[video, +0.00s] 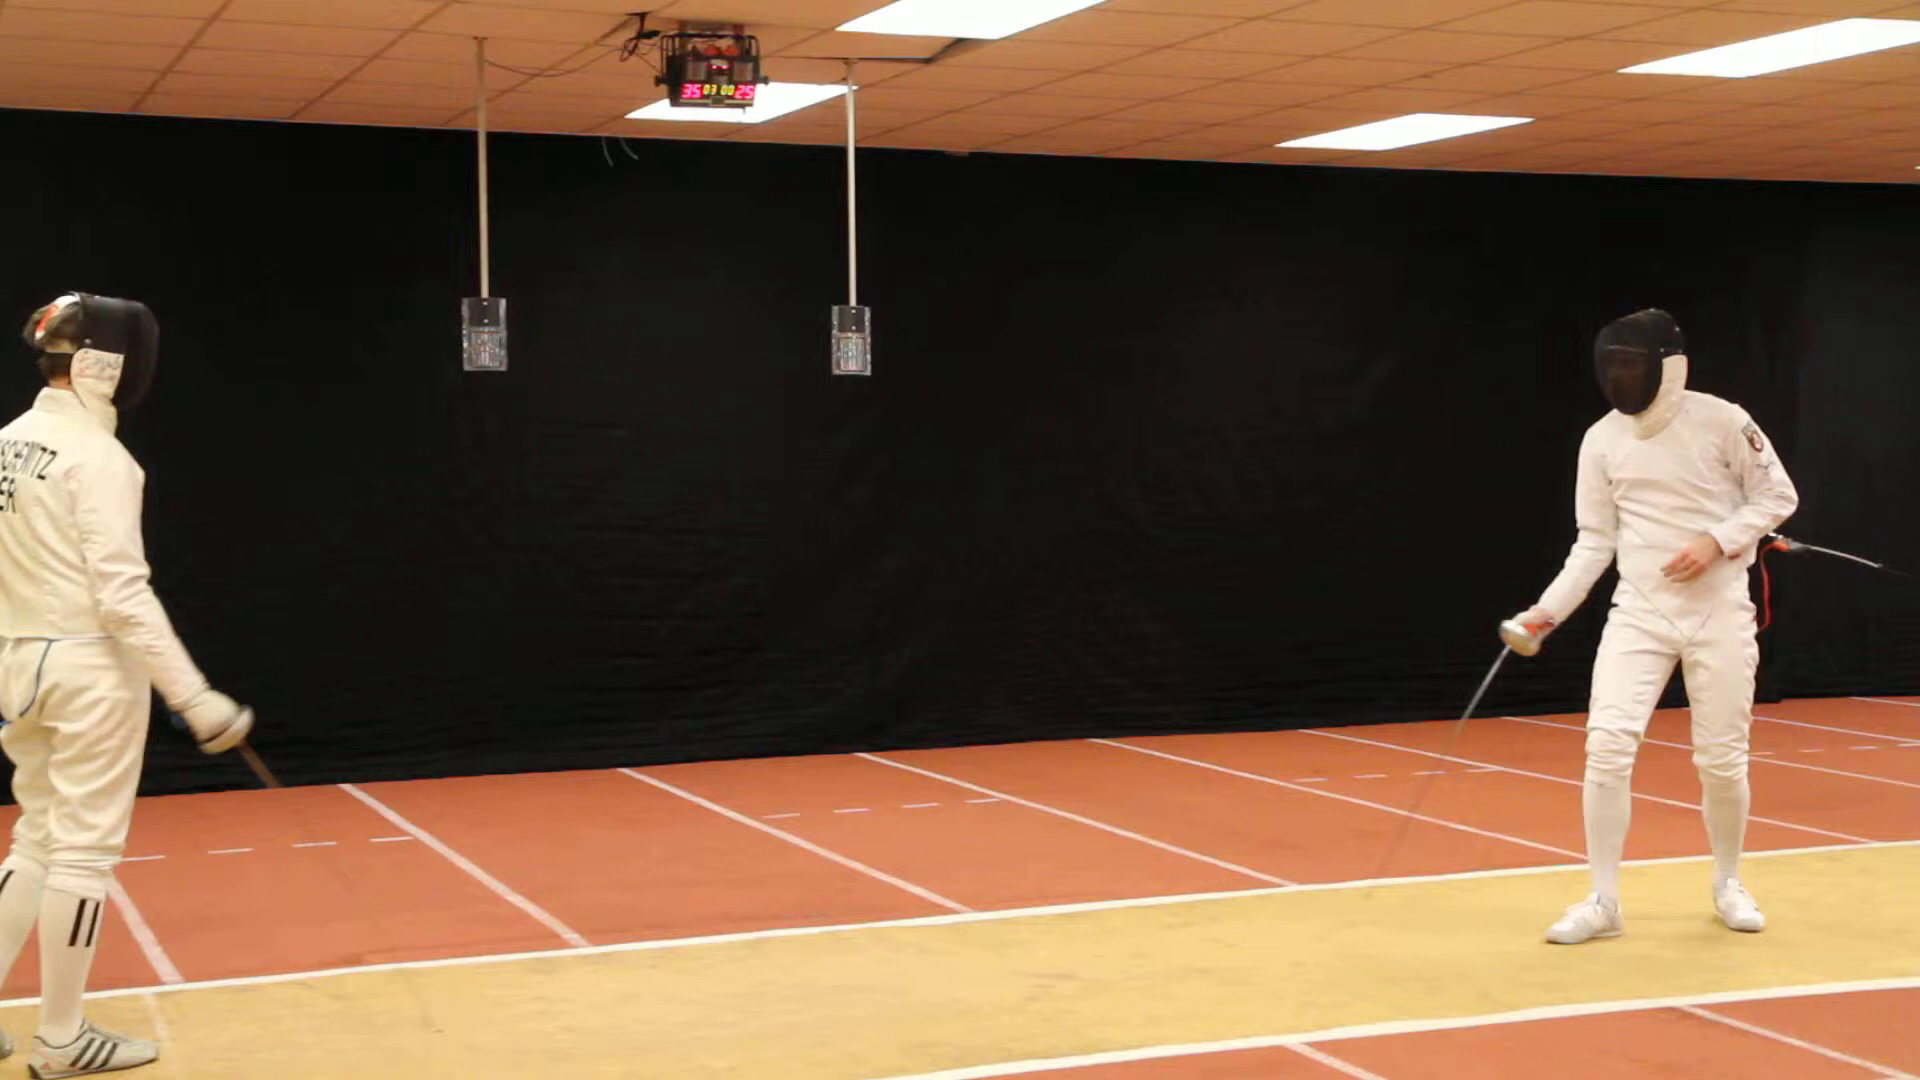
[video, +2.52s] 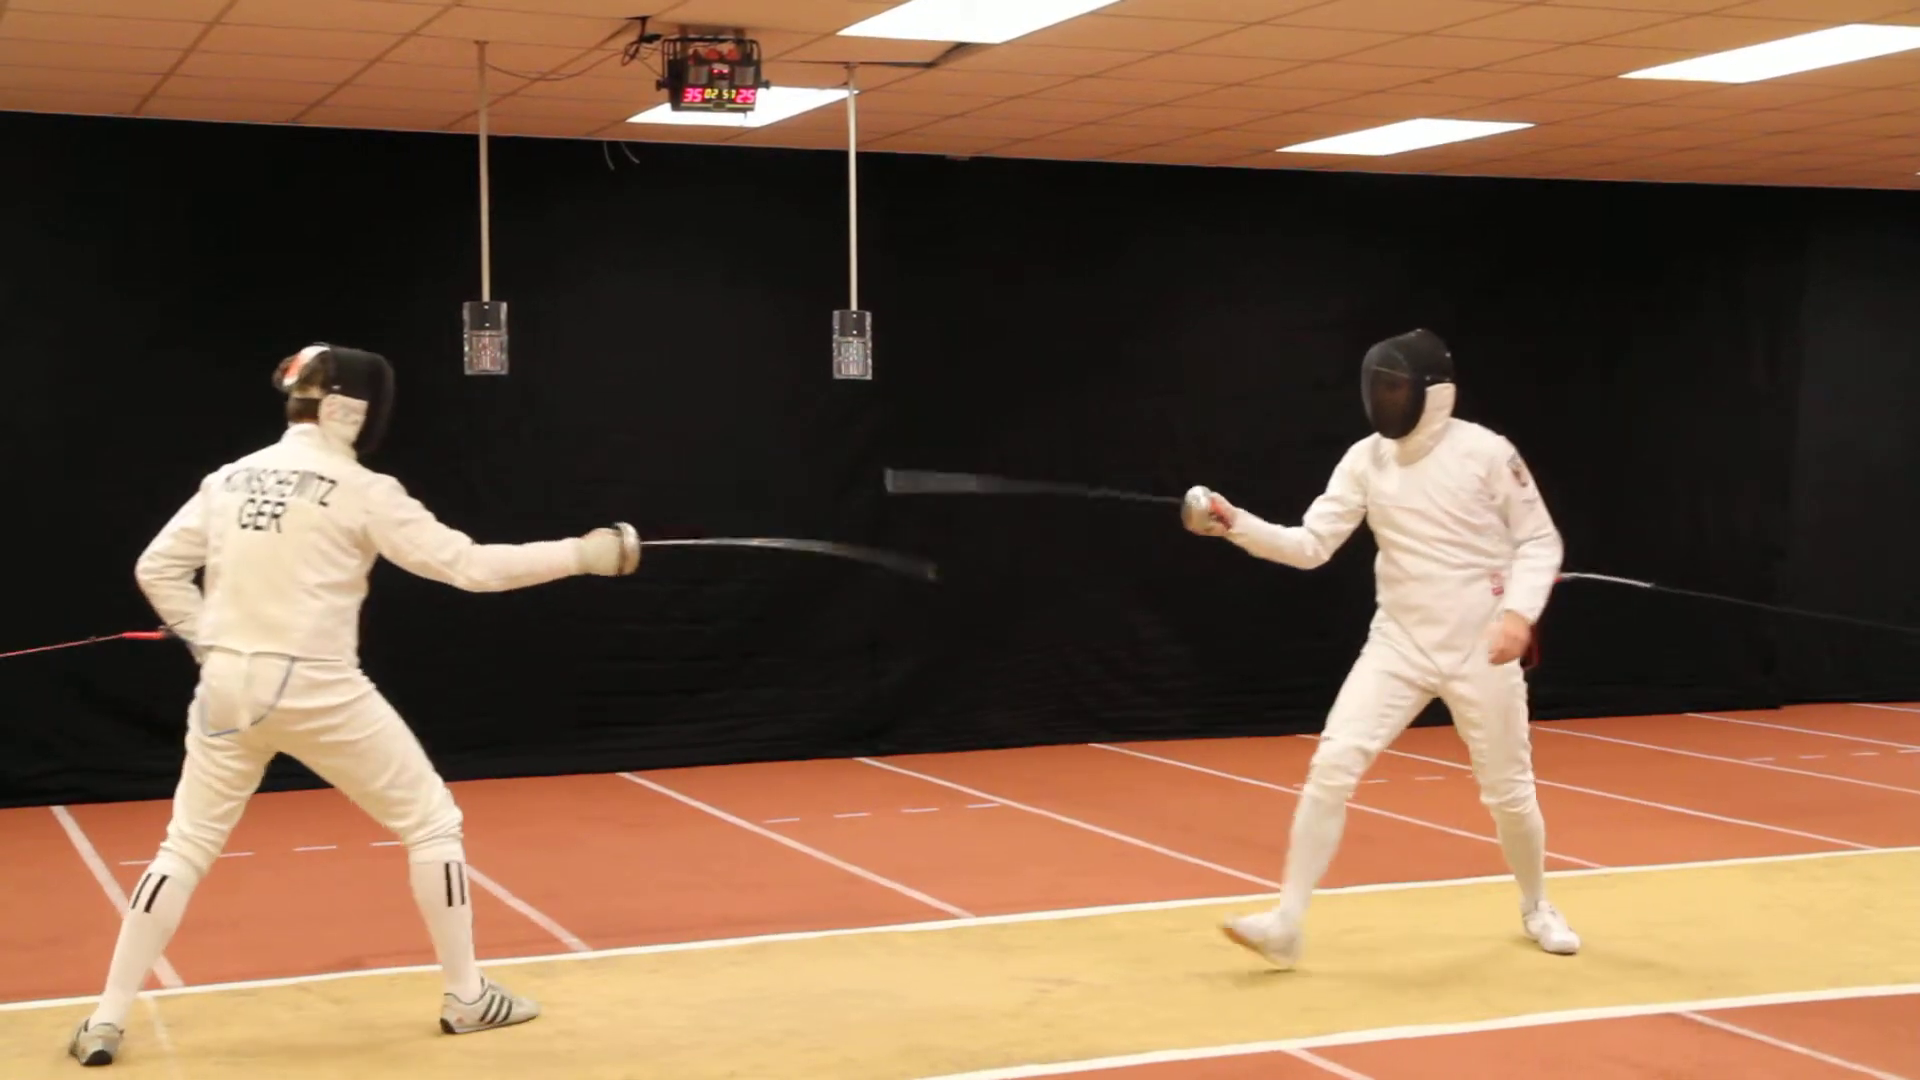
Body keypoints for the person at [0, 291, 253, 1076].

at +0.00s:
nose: (131, 377)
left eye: (129, 362)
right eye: (124, 363)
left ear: (57, 361)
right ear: (99, 366)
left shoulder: (12, 440)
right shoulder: (100, 459)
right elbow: (124, 597)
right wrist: (196, 697)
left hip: (15, 663)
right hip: (88, 667)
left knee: (37, 839)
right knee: (84, 851)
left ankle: (6, 1006)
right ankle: (61, 1036)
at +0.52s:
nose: (162, 392)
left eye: (163, 378)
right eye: (160, 378)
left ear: (83, 371)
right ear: (138, 376)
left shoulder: (21, 469)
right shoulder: (151, 456)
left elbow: (11, 598)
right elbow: (288, 474)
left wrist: (62, 660)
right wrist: (412, 444)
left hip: (52, 678)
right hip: (136, 675)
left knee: (92, 845)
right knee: (156, 847)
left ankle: (68, 1027)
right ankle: (73, 1027)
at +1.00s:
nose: (282, 416)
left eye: (278, 403)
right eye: (278, 405)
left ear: (209, 401)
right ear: (259, 407)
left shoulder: (142, 486)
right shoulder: (275, 484)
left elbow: (95, 592)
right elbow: (401, 513)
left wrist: (156, 661)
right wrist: (515, 470)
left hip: (163, 697)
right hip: (256, 692)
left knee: (154, 856)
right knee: (366, 831)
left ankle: (73, 1021)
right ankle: (455, 979)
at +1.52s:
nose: (463, 416)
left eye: (461, 402)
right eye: (460, 403)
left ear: (398, 394)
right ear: (441, 404)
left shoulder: (322, 459)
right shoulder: (454, 482)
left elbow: (242, 533)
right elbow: (573, 533)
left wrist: (280, 618)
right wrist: (682, 508)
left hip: (297, 660)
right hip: (390, 671)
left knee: (254, 822)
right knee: (473, 812)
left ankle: (184, 996)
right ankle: (482, 984)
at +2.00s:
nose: (341, 427)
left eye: (340, 415)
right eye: (337, 415)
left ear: (268, 407)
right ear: (318, 415)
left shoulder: (197, 483)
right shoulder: (328, 495)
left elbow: (123, 566)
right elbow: (433, 572)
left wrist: (179, 644)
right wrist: (546, 544)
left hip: (190, 689)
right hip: (286, 691)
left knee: (165, 848)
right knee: (387, 827)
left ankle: (105, 1016)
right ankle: (462, 984)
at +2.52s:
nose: (362, 417)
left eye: (357, 403)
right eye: (357, 404)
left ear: (302, 401)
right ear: (343, 408)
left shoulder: (229, 479)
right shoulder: (364, 490)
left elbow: (157, 566)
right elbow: (471, 565)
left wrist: (214, 646)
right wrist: (586, 553)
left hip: (223, 687)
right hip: (320, 686)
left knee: (184, 848)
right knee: (430, 822)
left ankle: (104, 1021)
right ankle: (467, 995)